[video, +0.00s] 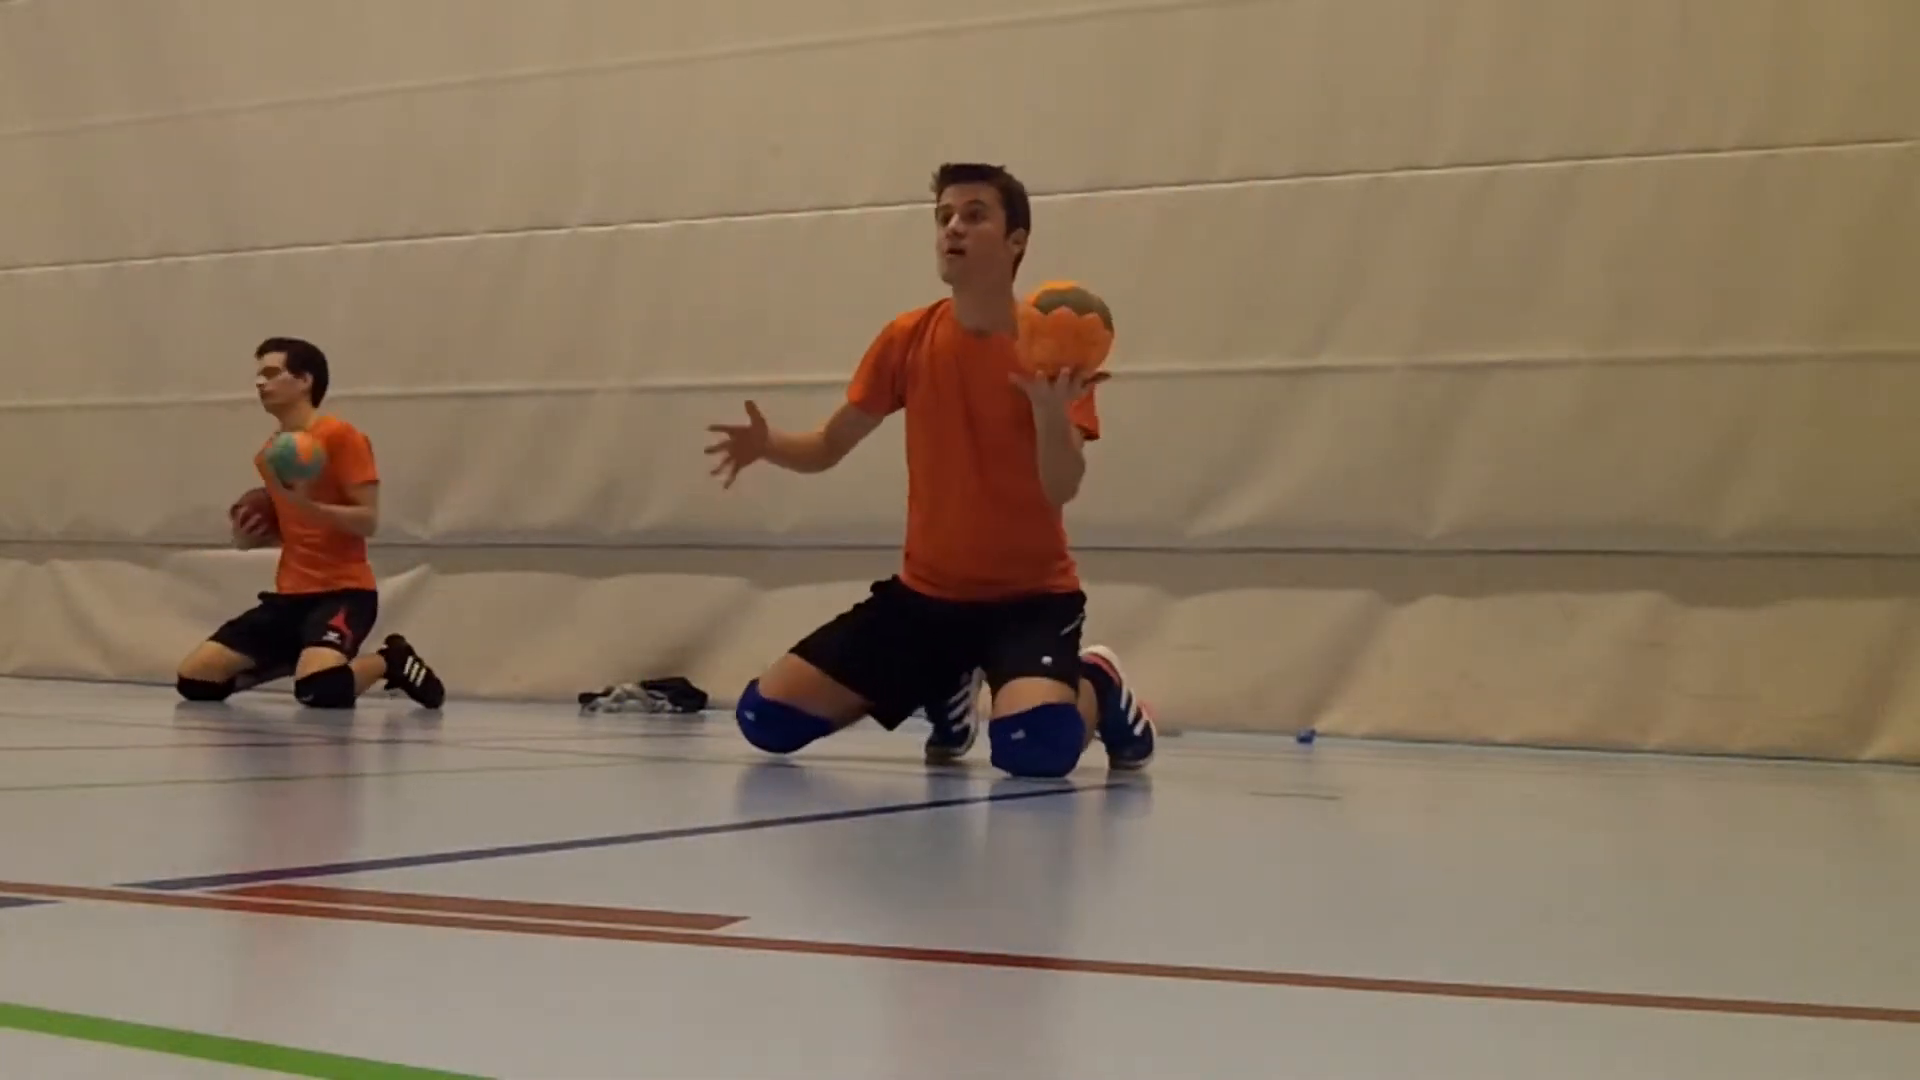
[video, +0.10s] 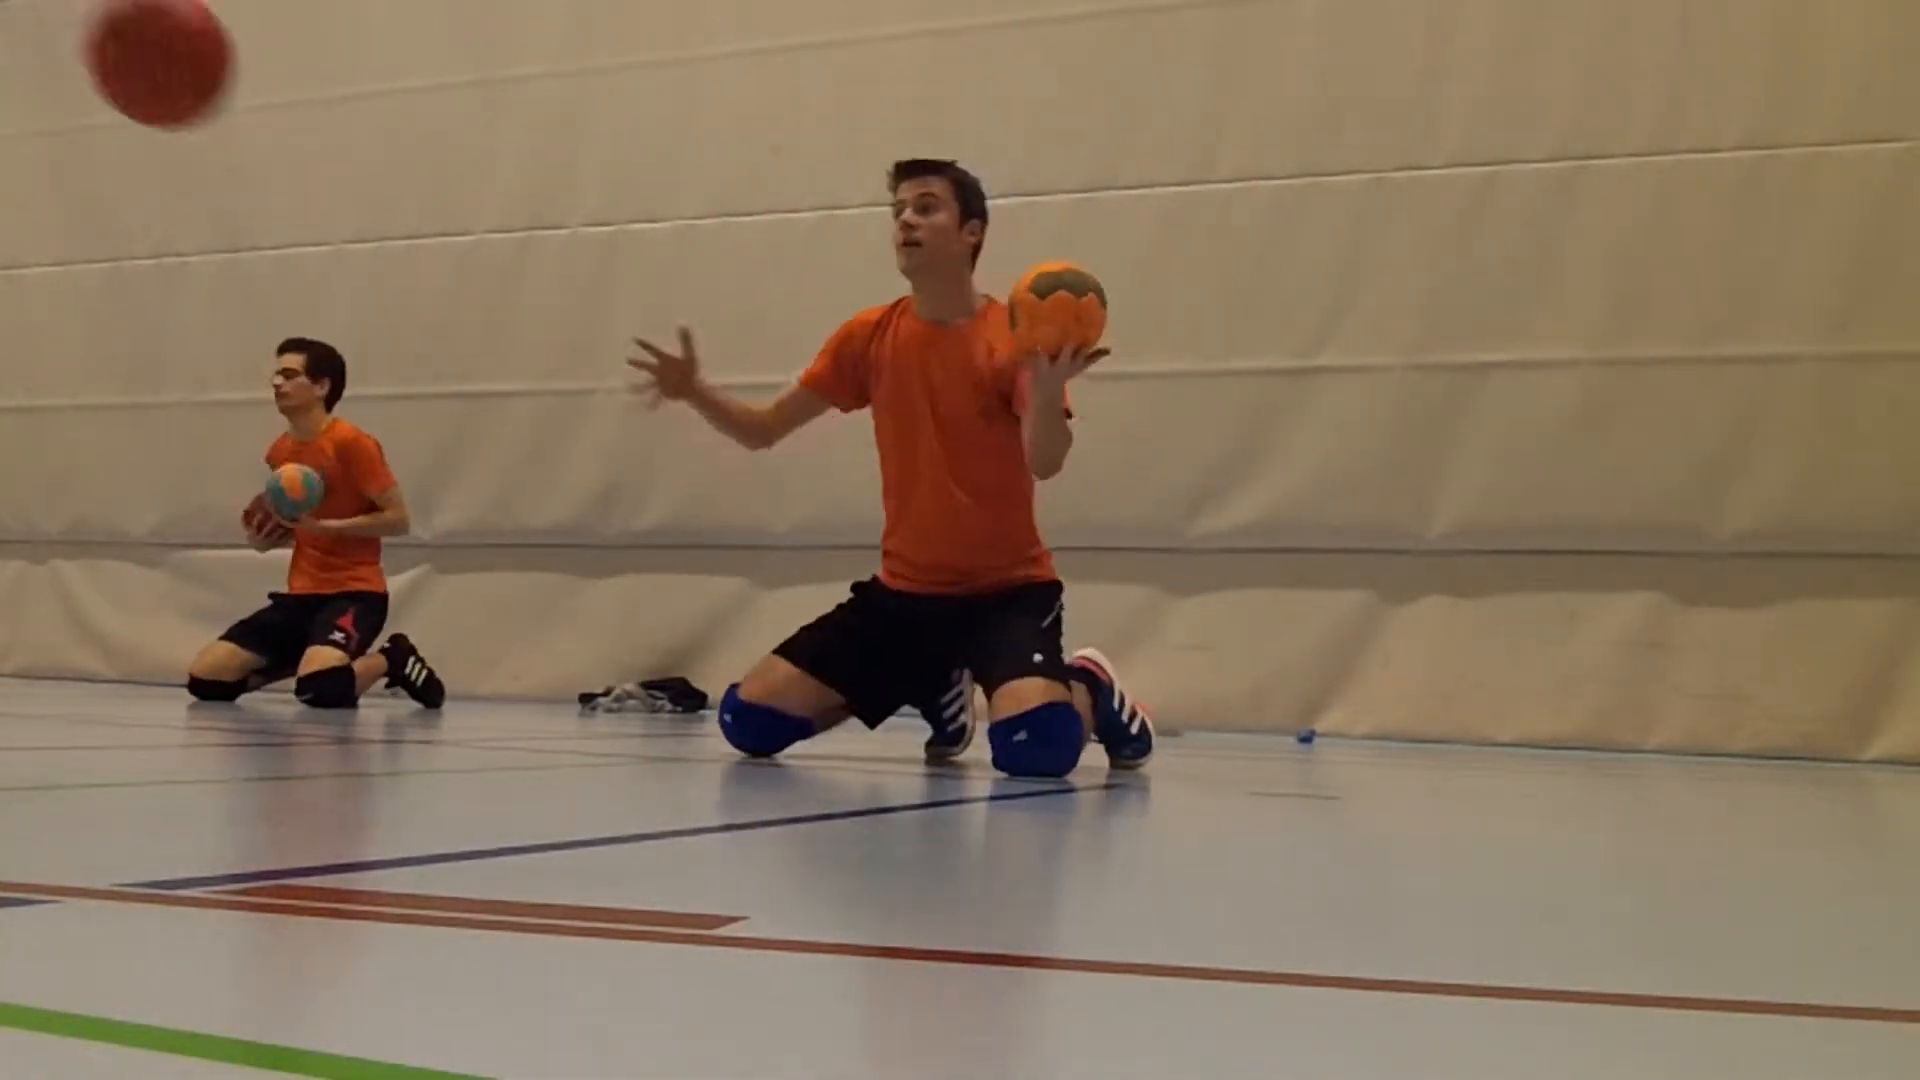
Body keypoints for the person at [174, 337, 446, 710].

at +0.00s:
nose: (260, 383)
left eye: (271, 373)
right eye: (259, 376)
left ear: (305, 381)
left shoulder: (342, 438)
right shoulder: (268, 455)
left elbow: (368, 522)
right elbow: (293, 529)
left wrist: (305, 505)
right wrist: (253, 537)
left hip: (344, 596)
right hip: (290, 597)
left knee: (317, 689)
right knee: (194, 683)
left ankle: (392, 662)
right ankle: (296, 659)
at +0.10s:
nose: (276, 382)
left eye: (289, 375)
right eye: (276, 374)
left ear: (322, 387)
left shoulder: (354, 445)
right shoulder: (280, 452)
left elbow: (398, 519)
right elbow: (295, 526)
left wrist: (330, 527)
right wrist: (264, 541)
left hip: (355, 597)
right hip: (301, 597)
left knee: (319, 689)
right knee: (206, 682)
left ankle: (393, 659)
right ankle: (305, 659)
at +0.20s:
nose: (283, 393)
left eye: (294, 383)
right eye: (282, 383)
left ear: (329, 393)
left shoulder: (361, 451)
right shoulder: (291, 451)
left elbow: (413, 520)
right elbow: (315, 516)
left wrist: (341, 539)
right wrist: (284, 530)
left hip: (363, 596)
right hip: (310, 594)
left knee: (322, 689)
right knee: (217, 683)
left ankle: (396, 658)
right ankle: (311, 657)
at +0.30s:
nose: (286, 402)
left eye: (298, 393)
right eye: (286, 392)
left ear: (333, 401)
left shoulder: (363, 455)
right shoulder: (297, 448)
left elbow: (416, 525)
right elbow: (322, 484)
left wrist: (347, 546)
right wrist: (291, 494)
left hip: (369, 596)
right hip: (317, 591)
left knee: (324, 690)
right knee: (224, 684)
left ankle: (397, 657)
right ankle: (312, 659)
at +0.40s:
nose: (294, 412)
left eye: (306, 404)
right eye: (290, 401)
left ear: (337, 405)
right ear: (286, 396)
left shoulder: (366, 459)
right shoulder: (301, 444)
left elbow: (413, 533)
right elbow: (324, 482)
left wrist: (349, 555)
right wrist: (296, 492)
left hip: (371, 596)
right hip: (319, 589)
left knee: (323, 690)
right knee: (230, 684)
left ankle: (399, 657)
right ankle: (314, 661)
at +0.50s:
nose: (302, 415)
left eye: (314, 406)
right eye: (296, 403)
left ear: (342, 404)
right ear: (290, 395)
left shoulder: (370, 458)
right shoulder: (301, 439)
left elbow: (401, 543)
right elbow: (326, 486)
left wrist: (353, 558)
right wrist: (298, 497)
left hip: (372, 594)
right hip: (319, 587)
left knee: (323, 690)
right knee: (233, 685)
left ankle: (399, 658)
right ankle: (320, 660)